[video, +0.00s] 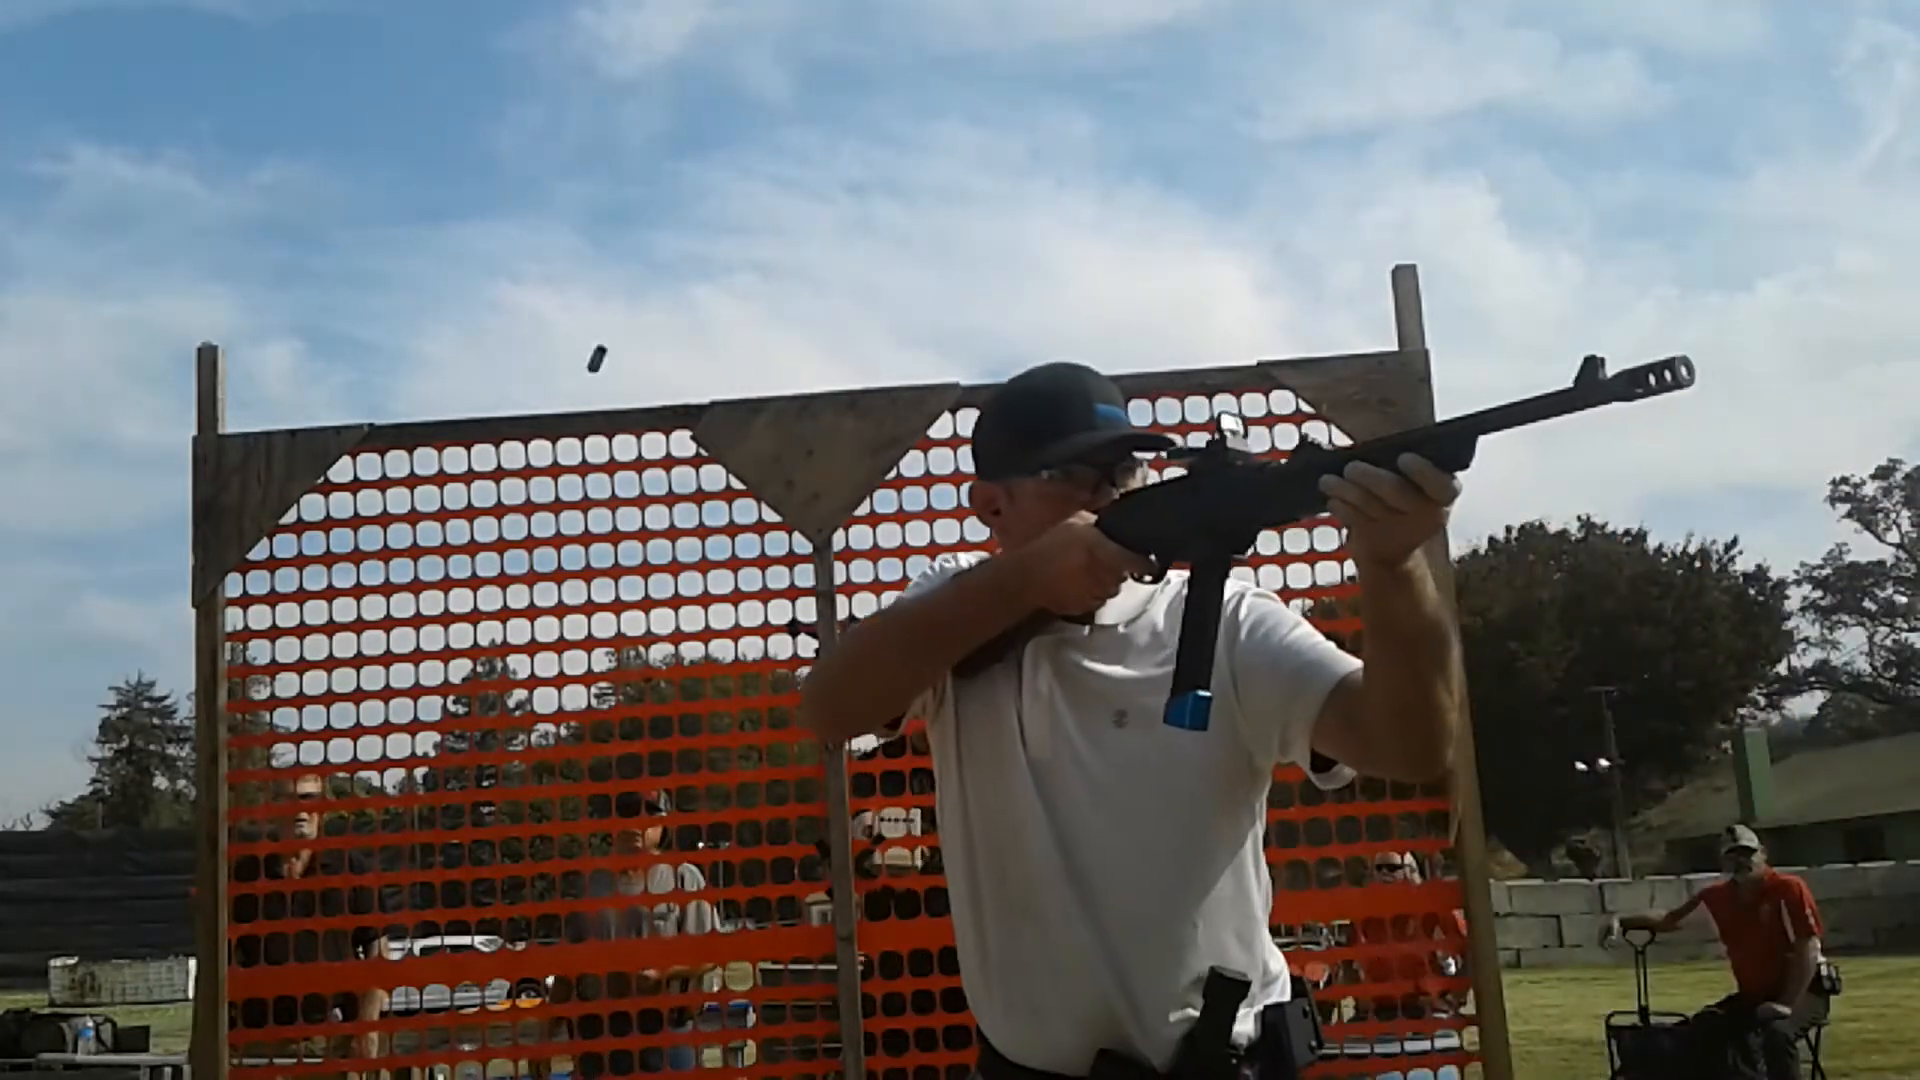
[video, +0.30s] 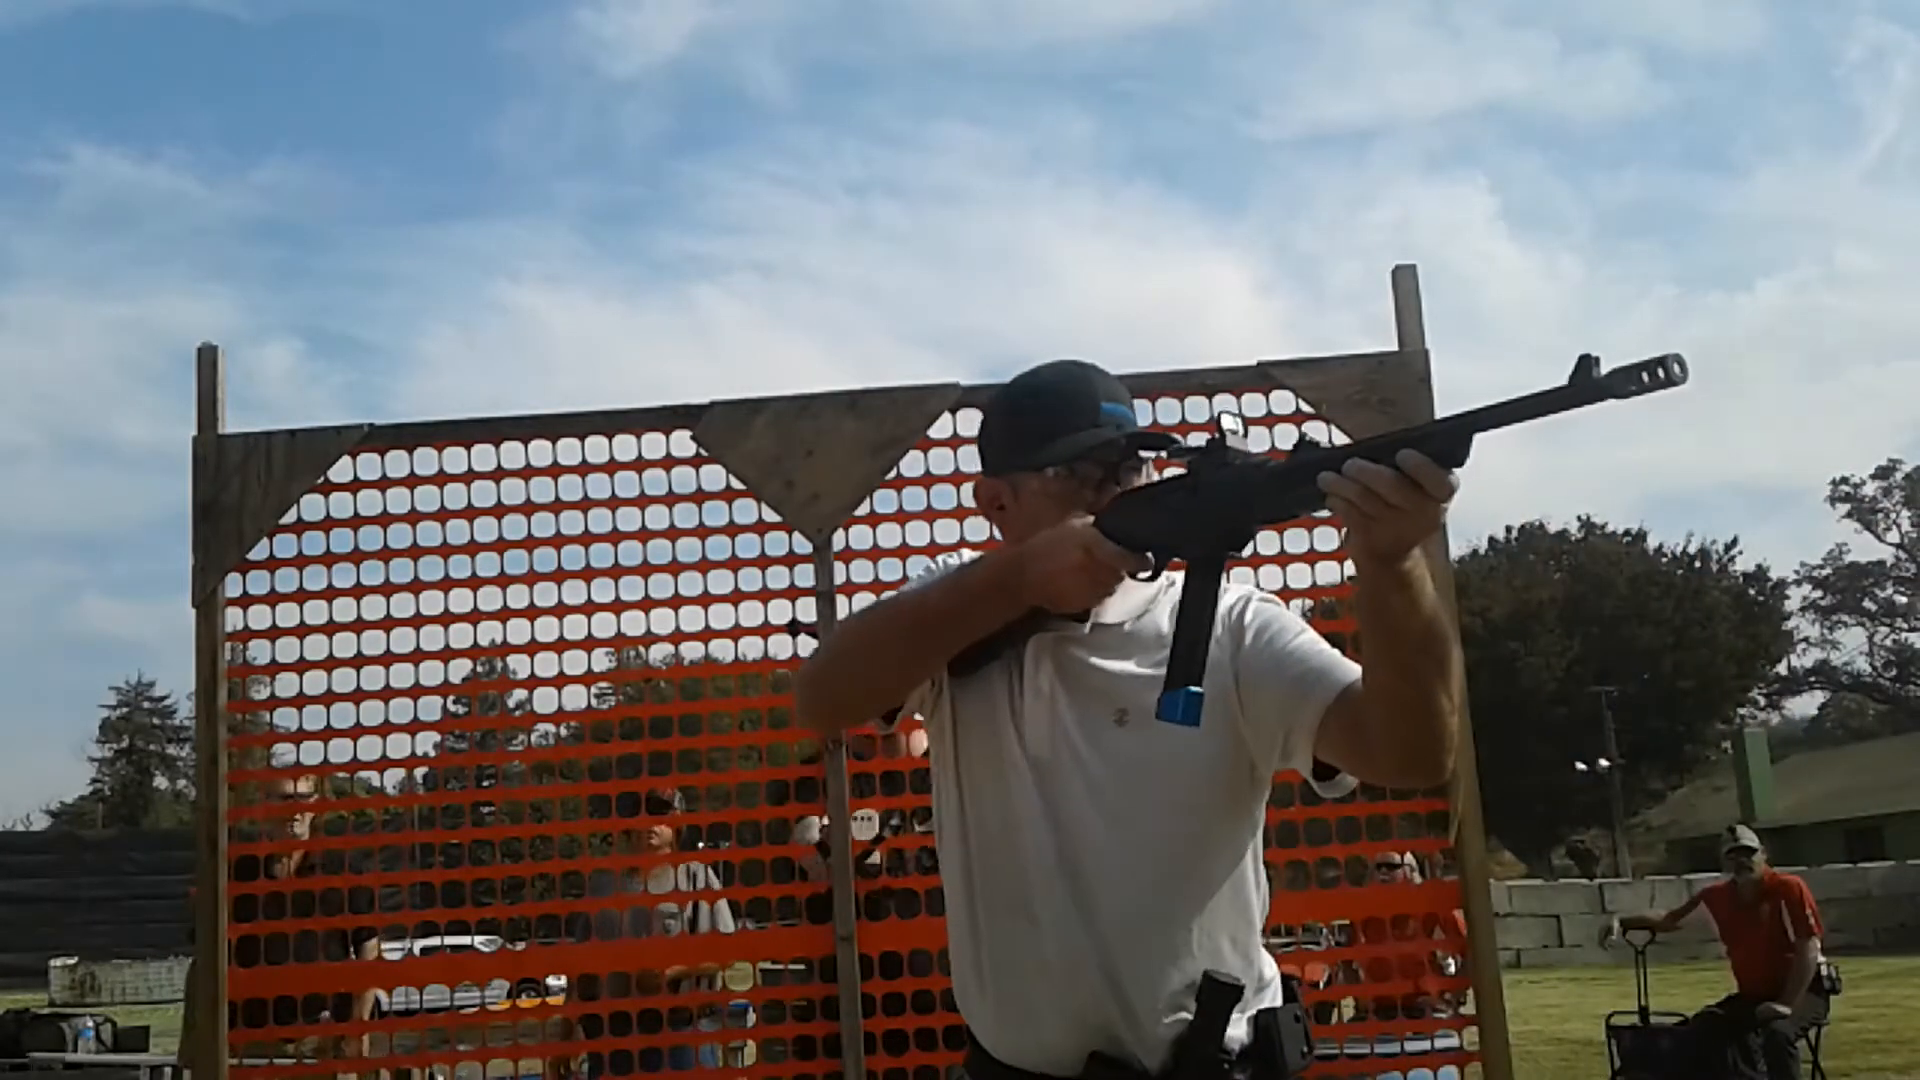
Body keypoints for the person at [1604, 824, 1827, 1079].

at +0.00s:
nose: (1741, 860)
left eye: (1748, 853)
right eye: (1733, 855)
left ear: (1762, 855)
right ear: (1724, 861)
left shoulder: (1789, 889)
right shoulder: (1715, 897)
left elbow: (1809, 949)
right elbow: (1668, 922)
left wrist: (1787, 1004)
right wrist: (1621, 922)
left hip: (1801, 998)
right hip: (1752, 998)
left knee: (1775, 1034)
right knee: (1693, 1032)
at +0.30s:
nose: (1742, 860)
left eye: (1748, 853)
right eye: (1734, 855)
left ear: (1762, 857)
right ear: (1725, 862)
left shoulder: (1789, 888)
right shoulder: (1715, 897)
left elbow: (1809, 950)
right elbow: (1668, 922)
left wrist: (1788, 1004)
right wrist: (1621, 922)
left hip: (1802, 998)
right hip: (1752, 998)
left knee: (1776, 1035)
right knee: (1693, 1032)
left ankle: (1785, 1076)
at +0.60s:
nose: (1743, 859)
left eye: (1749, 853)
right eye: (1735, 855)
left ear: (1763, 856)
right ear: (1726, 862)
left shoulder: (1790, 888)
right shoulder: (1715, 897)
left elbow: (1809, 950)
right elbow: (1668, 922)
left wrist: (1788, 1004)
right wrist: (1621, 922)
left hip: (1802, 998)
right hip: (1752, 998)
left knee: (1776, 1035)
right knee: (1693, 1032)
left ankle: (1785, 1076)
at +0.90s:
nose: (1743, 859)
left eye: (1749, 852)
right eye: (1734, 854)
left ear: (1763, 856)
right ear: (1725, 862)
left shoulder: (1789, 888)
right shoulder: (1715, 896)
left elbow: (1809, 950)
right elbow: (1668, 921)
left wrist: (1788, 1004)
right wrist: (1621, 923)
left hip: (1802, 997)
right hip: (1752, 998)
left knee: (1776, 1035)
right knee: (1692, 1033)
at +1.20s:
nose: (1743, 859)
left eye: (1750, 852)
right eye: (1735, 855)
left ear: (1763, 856)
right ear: (1726, 862)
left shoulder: (1789, 888)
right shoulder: (1715, 896)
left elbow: (1810, 950)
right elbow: (1668, 921)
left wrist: (1788, 1004)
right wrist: (1621, 923)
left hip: (1803, 998)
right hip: (1752, 998)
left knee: (1776, 1035)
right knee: (1693, 1033)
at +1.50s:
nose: (1744, 860)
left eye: (1750, 853)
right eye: (1735, 856)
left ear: (1762, 856)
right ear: (1725, 863)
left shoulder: (1789, 888)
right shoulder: (1714, 897)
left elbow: (1810, 950)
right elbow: (1668, 922)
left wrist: (1787, 1004)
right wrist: (1621, 922)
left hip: (1803, 998)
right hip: (1752, 998)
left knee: (1776, 1035)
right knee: (1695, 1032)